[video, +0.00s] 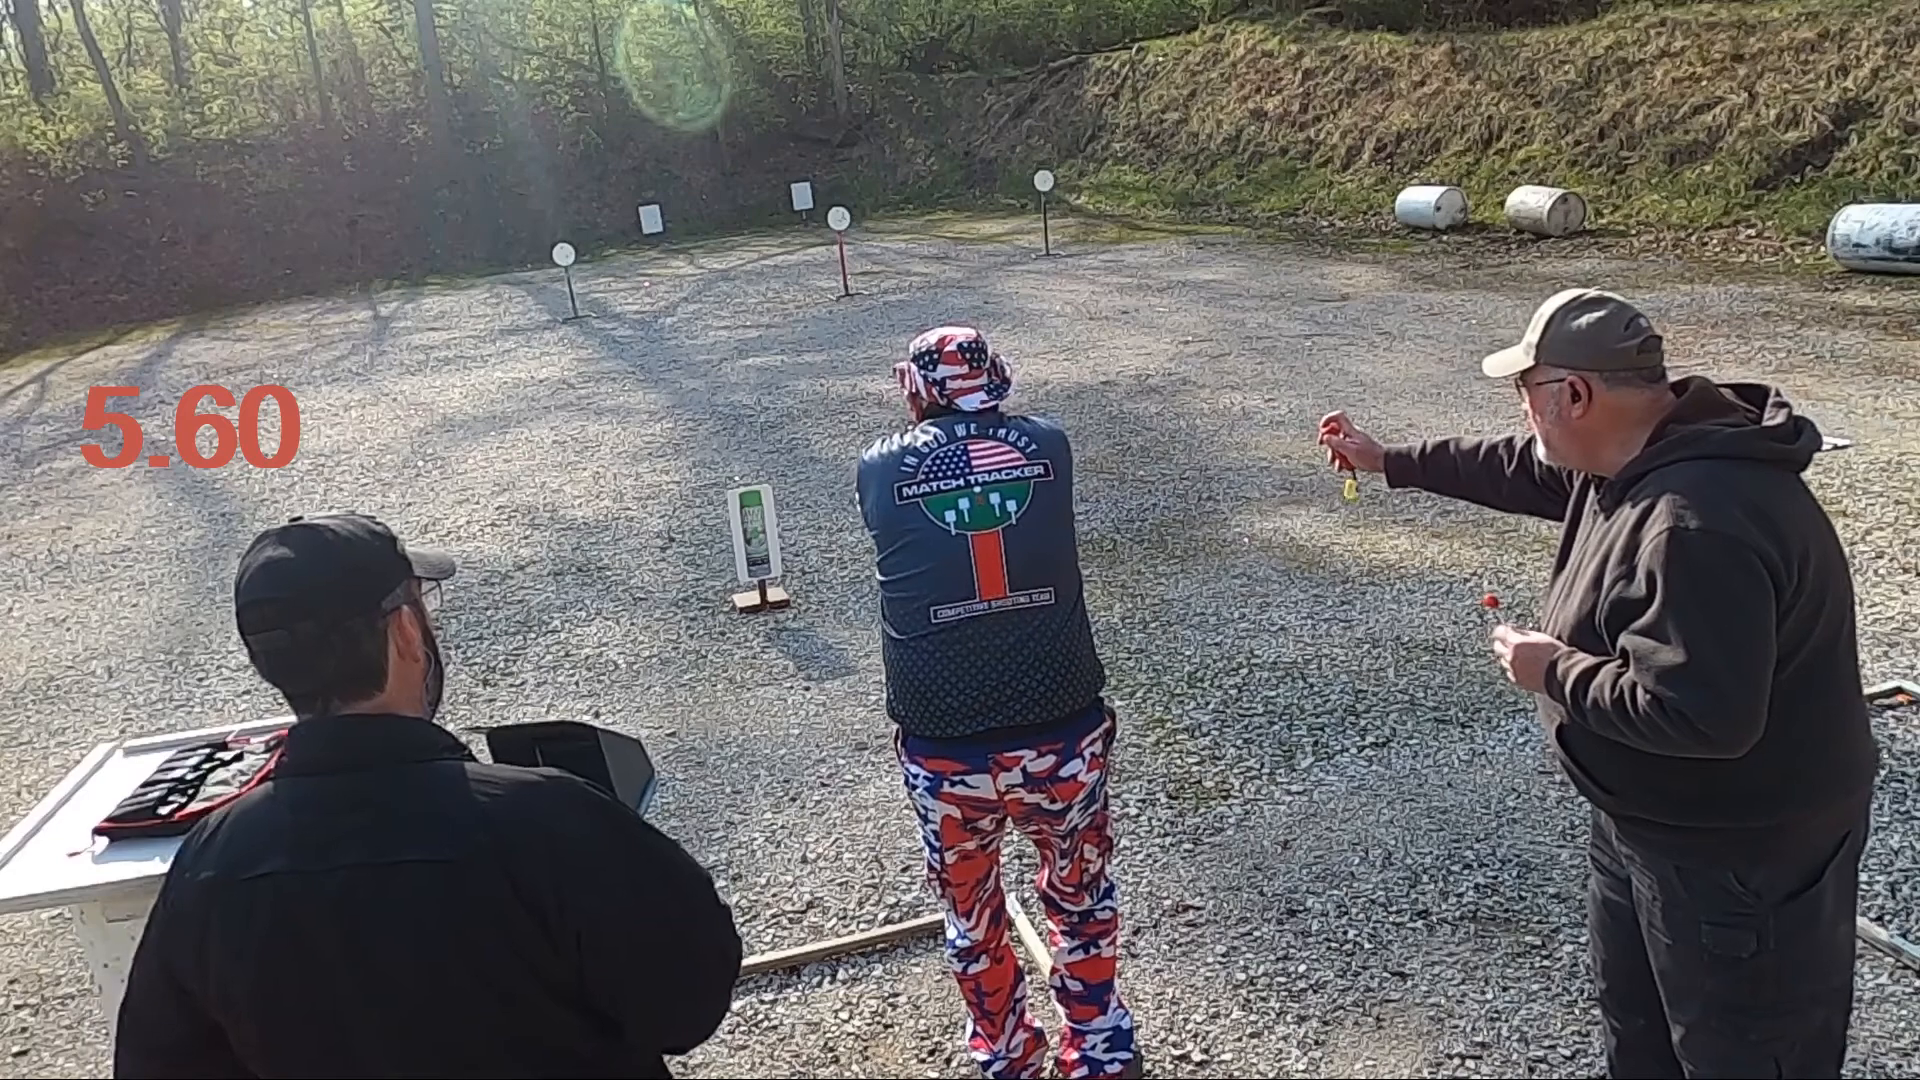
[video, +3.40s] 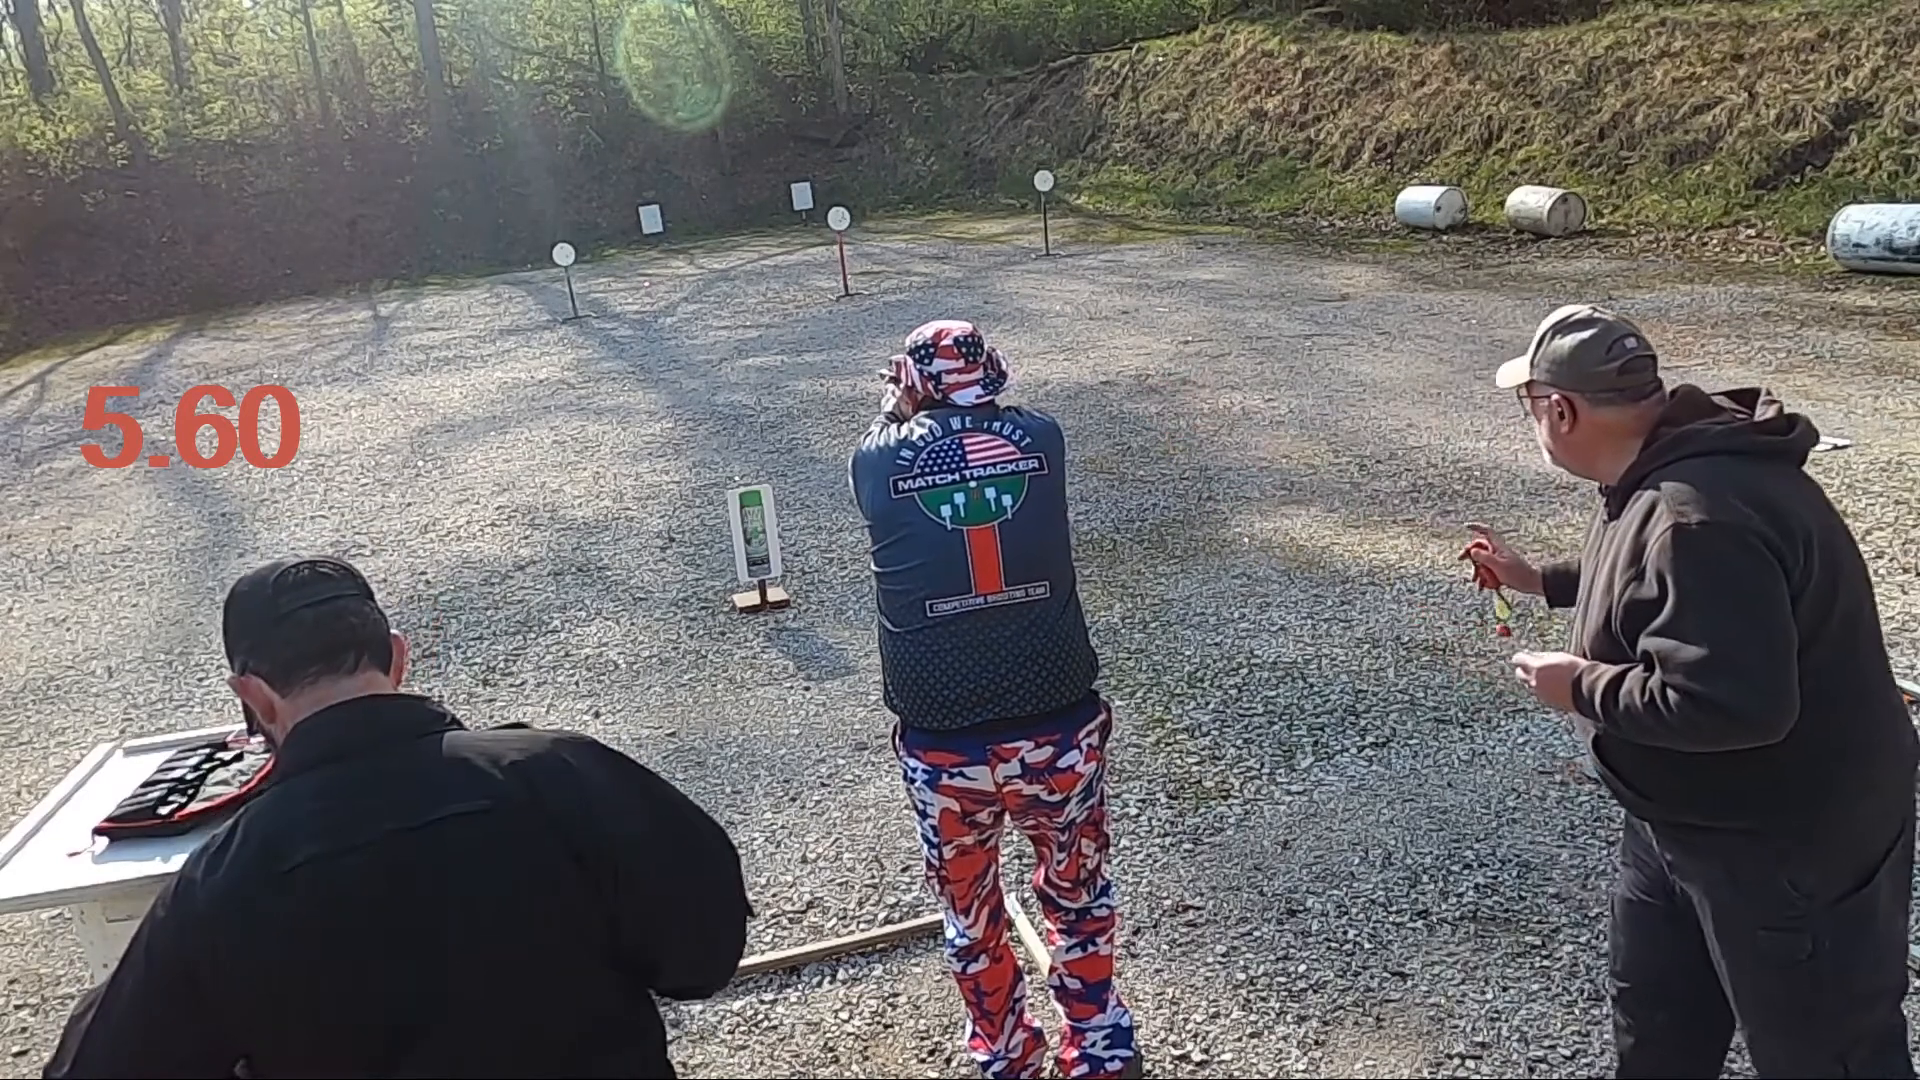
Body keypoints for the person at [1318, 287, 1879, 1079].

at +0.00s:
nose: (1524, 409)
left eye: (1528, 391)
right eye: (1523, 391)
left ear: (1577, 398)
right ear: (1587, 396)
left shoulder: (1697, 526)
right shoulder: (1625, 463)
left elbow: (1707, 716)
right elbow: (1516, 467)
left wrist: (1553, 670)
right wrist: (1388, 460)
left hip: (1738, 856)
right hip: (1640, 823)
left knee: (1746, 1061)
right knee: (1641, 1038)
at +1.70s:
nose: (1432, 412)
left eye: (1433, 392)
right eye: (1429, 393)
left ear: (1474, 396)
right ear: (1491, 391)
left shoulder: (1609, 506)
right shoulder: (1512, 466)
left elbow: (1657, 685)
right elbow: (1417, 494)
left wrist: (1502, 673)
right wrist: (1284, 520)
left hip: (1687, 815)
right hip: (1595, 798)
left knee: (1722, 1037)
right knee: (1620, 1016)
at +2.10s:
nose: (1420, 402)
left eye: (1422, 386)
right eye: (1420, 387)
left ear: (1459, 389)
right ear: (1477, 386)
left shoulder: (1614, 488)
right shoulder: (1491, 453)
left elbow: (1664, 661)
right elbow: (1368, 441)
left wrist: (1503, 655)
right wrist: (1226, 423)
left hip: (1685, 808)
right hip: (1587, 793)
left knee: (1720, 1039)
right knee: (1620, 1023)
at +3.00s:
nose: (1440, 401)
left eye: (1440, 386)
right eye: (1439, 386)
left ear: (1470, 393)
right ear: (1535, 373)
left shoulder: (1619, 482)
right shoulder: (1522, 462)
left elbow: (1682, 647)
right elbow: (1434, 495)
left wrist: (1521, 655)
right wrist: (1306, 488)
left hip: (1716, 811)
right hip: (1607, 797)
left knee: (1765, 1048)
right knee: (1633, 1036)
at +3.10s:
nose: (1457, 408)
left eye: (1455, 391)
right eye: (1453, 392)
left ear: (1483, 397)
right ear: (1549, 375)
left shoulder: (1629, 491)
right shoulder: (1558, 466)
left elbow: (1682, 658)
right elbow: (1496, 529)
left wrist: (1527, 659)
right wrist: (1365, 520)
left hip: (1725, 815)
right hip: (1621, 800)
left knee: (1784, 1050)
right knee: (1638, 1036)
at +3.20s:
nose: (1478, 412)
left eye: (1476, 395)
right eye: (1475, 395)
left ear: (1504, 400)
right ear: (1577, 374)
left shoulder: (1638, 498)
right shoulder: (1589, 463)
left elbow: (1693, 674)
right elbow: (1550, 553)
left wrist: (1538, 665)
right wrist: (1431, 551)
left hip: (1742, 826)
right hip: (1637, 807)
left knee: (1801, 1051)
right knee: (1642, 1034)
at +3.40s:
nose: (1532, 422)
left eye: (1533, 405)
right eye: (1532, 404)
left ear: (1564, 413)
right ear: (1634, 390)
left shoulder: (1696, 520)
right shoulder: (1657, 470)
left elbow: (1740, 705)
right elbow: (1647, 587)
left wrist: (1585, 687)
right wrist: (1537, 579)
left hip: (1791, 848)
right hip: (1681, 819)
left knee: (1829, 1062)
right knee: (1657, 1038)